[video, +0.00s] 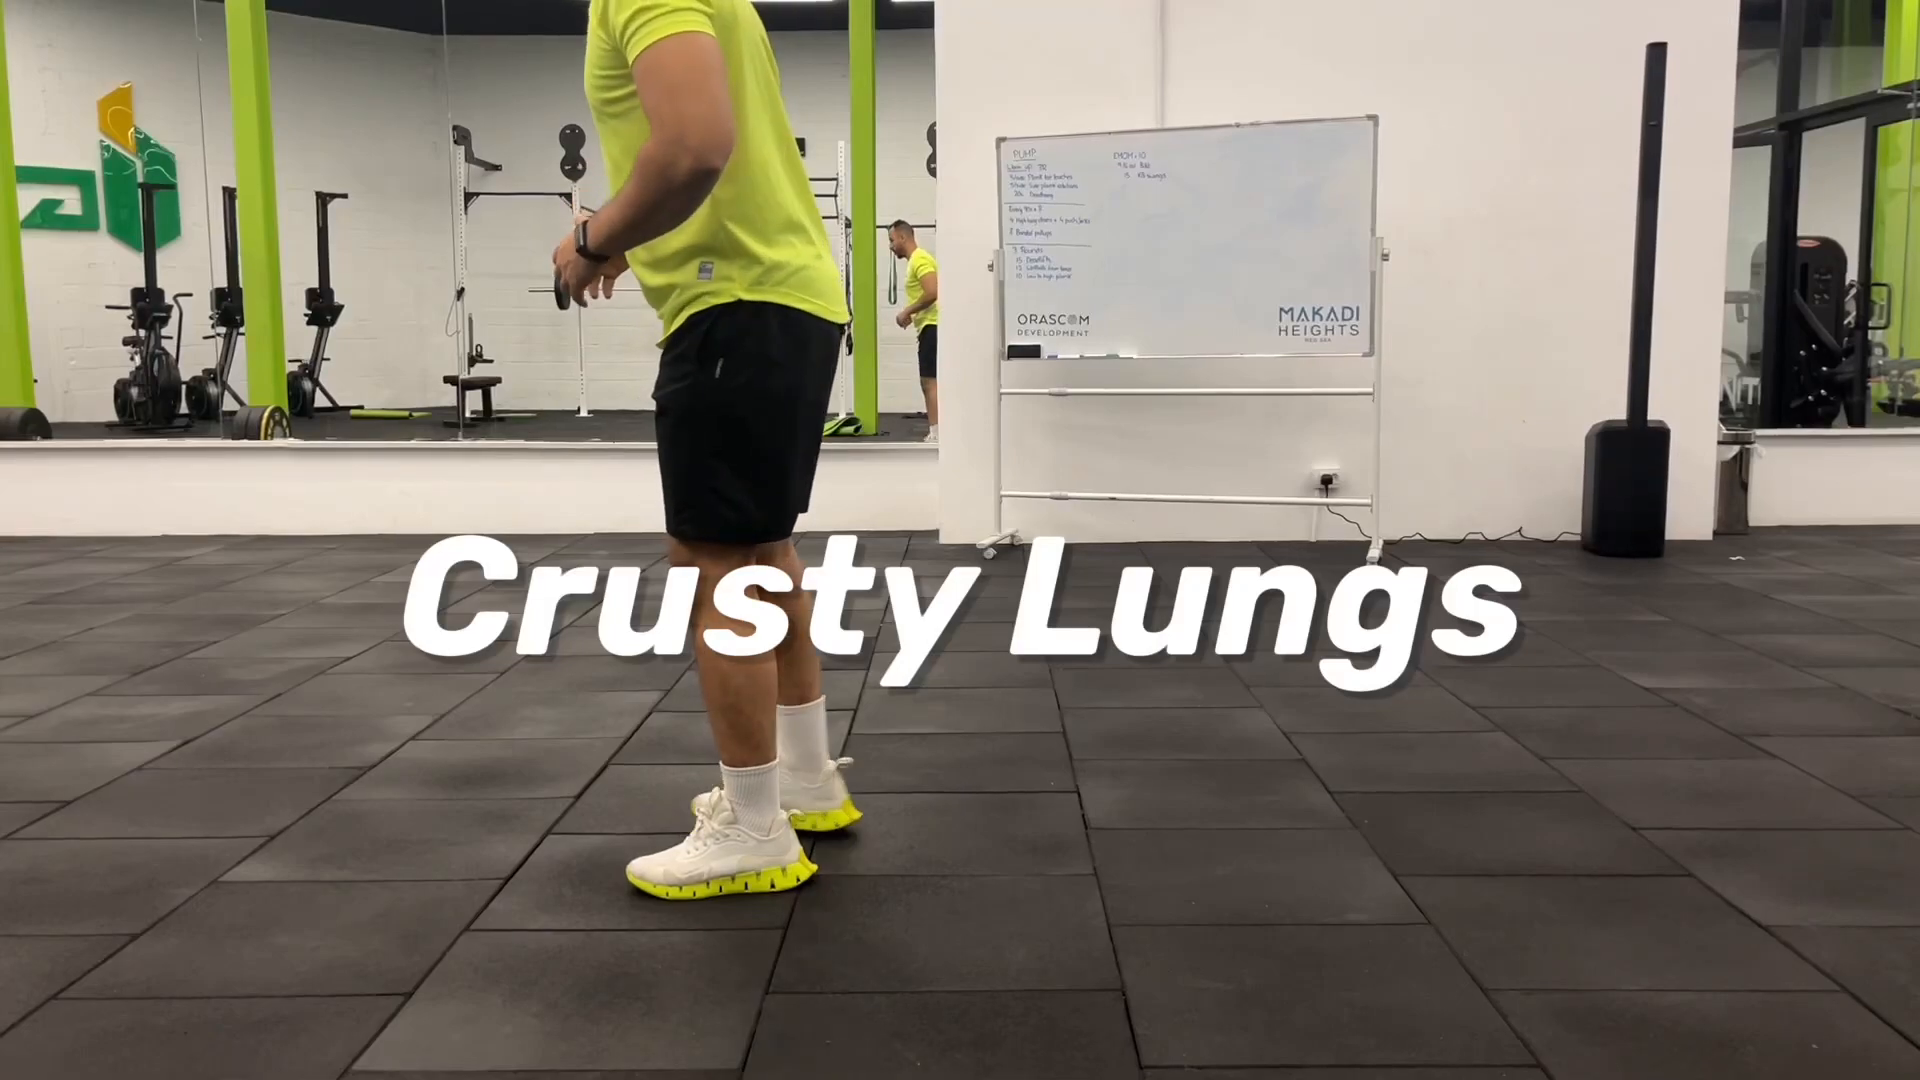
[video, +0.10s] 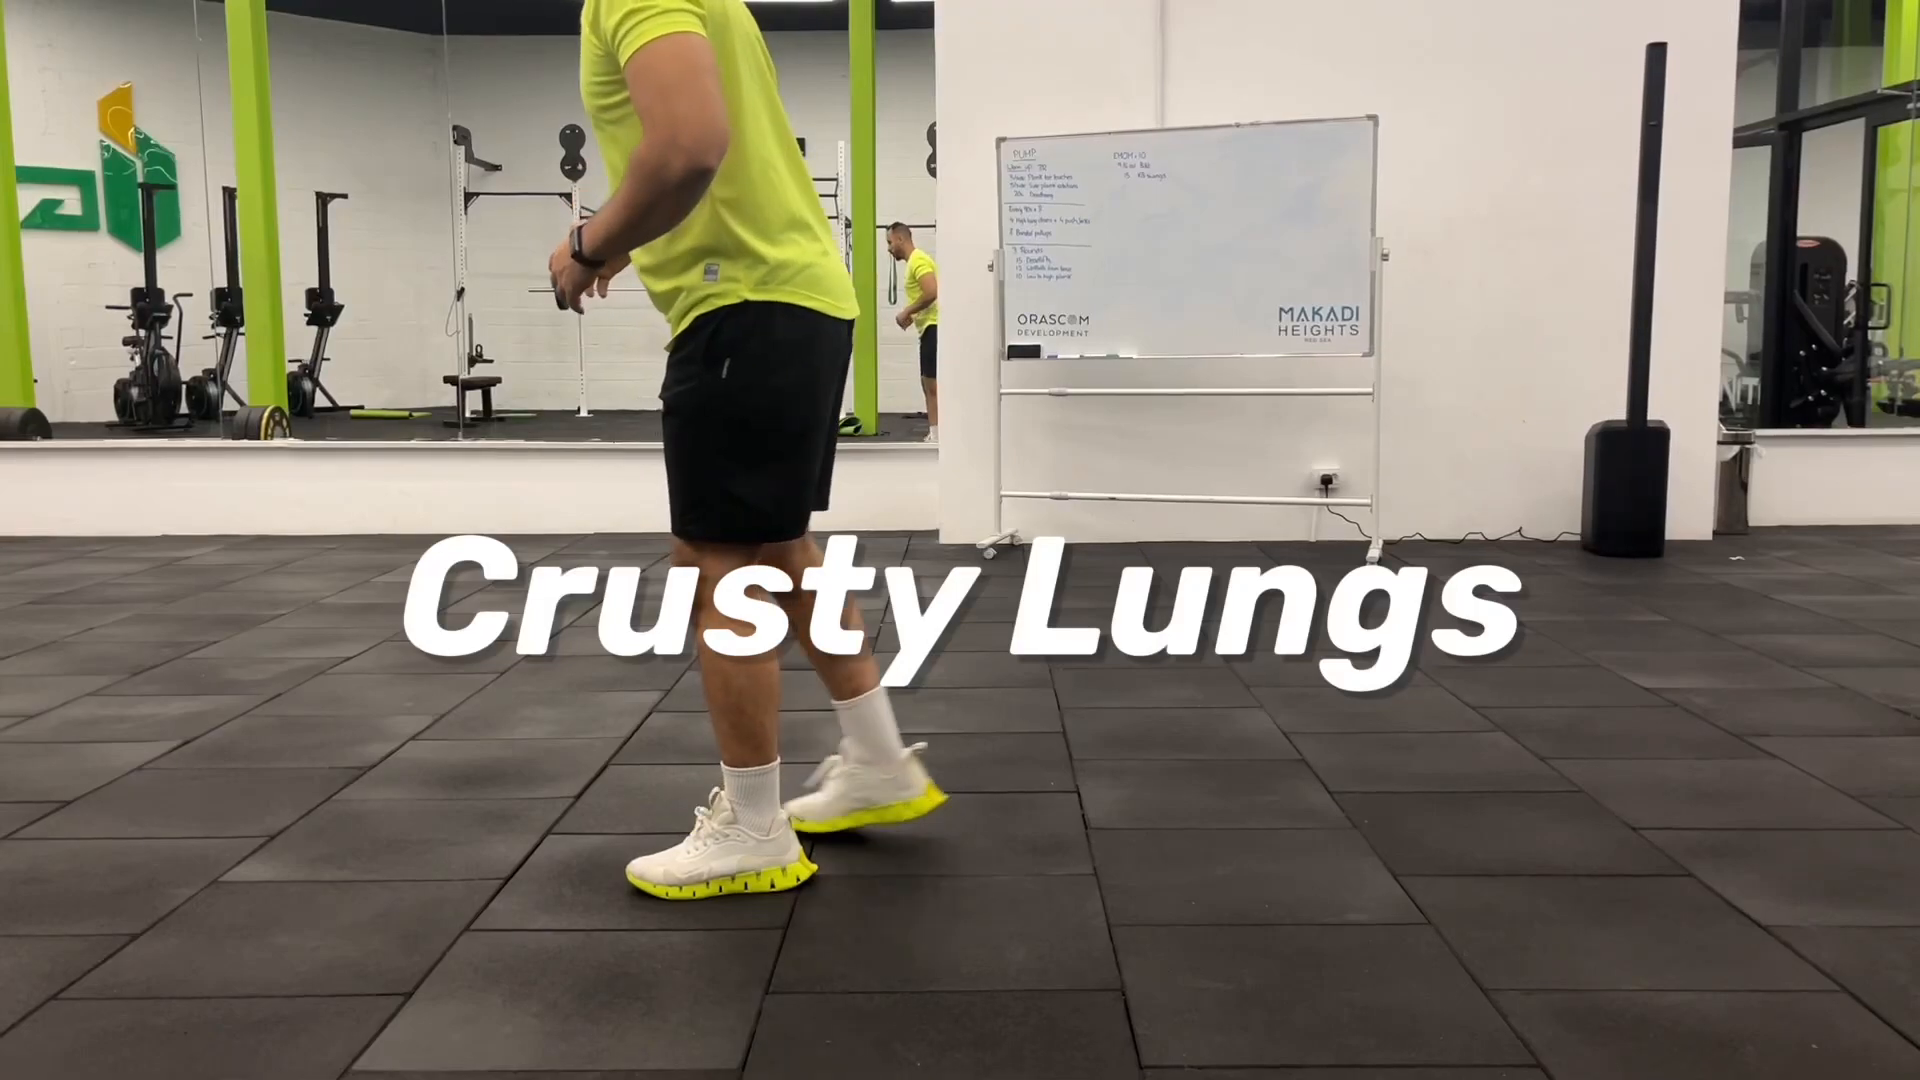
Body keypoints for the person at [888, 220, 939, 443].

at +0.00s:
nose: (891, 246)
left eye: (892, 240)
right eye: (890, 241)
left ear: (903, 237)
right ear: (905, 237)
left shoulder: (920, 259)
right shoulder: (916, 260)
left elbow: (931, 292)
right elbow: (928, 293)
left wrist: (908, 311)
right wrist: (908, 313)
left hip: (932, 326)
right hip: (927, 326)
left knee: (930, 382)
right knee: (928, 382)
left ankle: (936, 431)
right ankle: (935, 431)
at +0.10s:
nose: (888, 248)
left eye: (890, 242)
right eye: (888, 243)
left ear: (901, 239)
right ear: (903, 239)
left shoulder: (918, 261)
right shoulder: (914, 262)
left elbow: (930, 292)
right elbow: (927, 294)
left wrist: (907, 312)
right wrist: (908, 314)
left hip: (933, 327)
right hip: (927, 327)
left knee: (932, 384)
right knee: (928, 383)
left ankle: (936, 432)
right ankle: (934, 431)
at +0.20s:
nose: (886, 250)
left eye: (887, 244)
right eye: (885, 245)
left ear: (898, 242)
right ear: (901, 242)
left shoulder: (916, 262)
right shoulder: (914, 263)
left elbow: (927, 293)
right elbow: (926, 296)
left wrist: (907, 313)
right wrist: (909, 315)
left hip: (934, 328)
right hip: (930, 329)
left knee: (931, 382)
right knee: (929, 382)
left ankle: (936, 432)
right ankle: (934, 432)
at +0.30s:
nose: (884, 255)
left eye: (886, 249)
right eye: (883, 250)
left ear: (896, 247)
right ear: (899, 247)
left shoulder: (913, 266)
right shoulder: (913, 266)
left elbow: (924, 298)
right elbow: (924, 301)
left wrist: (904, 316)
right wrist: (909, 318)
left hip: (936, 332)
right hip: (931, 333)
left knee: (930, 384)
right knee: (928, 384)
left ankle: (935, 433)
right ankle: (934, 432)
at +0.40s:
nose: (882, 262)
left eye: (884, 256)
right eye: (882, 257)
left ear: (895, 253)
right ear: (898, 254)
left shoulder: (912, 272)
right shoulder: (912, 271)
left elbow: (920, 306)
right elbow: (921, 307)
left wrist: (900, 322)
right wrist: (902, 319)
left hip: (938, 337)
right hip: (933, 338)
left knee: (927, 385)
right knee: (926, 385)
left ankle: (935, 434)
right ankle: (934, 433)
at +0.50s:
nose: (881, 269)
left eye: (883, 263)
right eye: (880, 264)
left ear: (894, 260)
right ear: (896, 261)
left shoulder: (911, 278)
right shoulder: (911, 277)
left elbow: (919, 313)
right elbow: (918, 312)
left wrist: (897, 327)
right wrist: (898, 325)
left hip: (939, 342)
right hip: (934, 343)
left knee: (925, 386)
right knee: (926, 386)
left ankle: (934, 434)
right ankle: (934, 433)